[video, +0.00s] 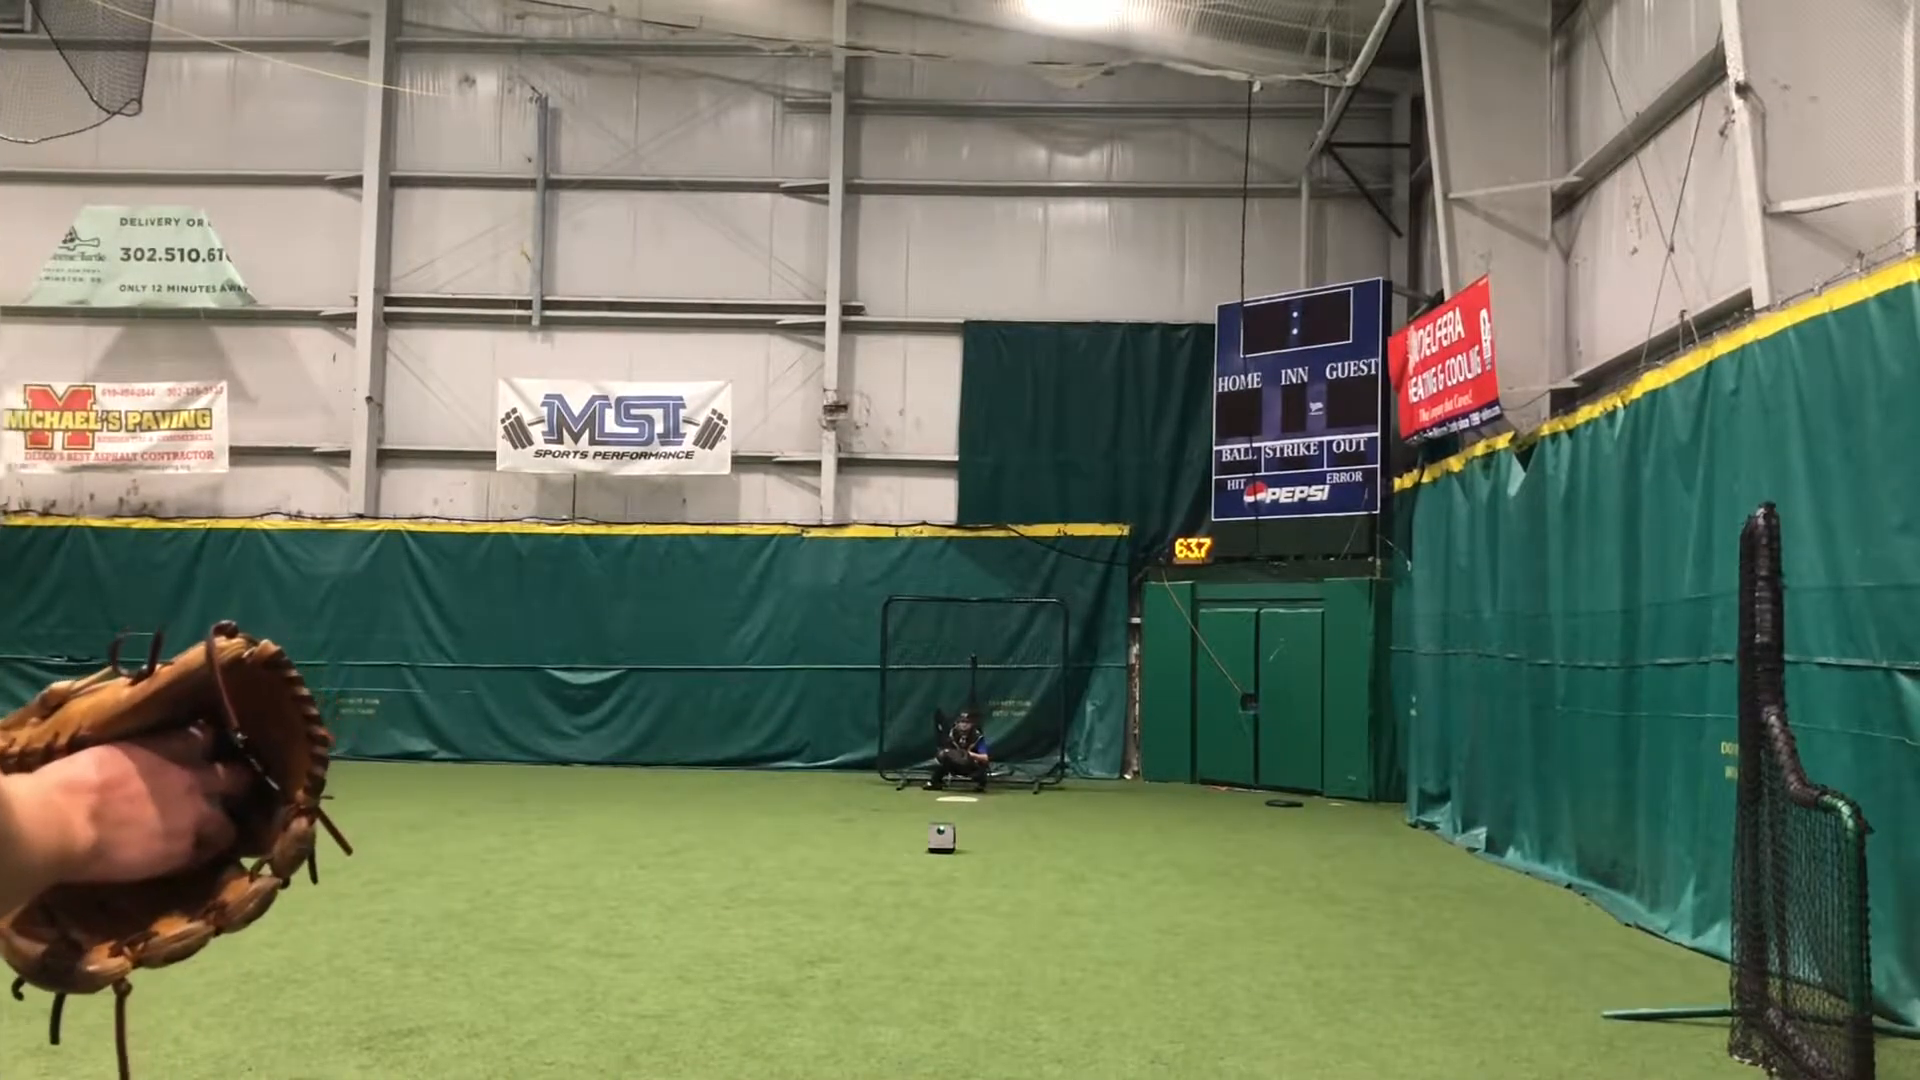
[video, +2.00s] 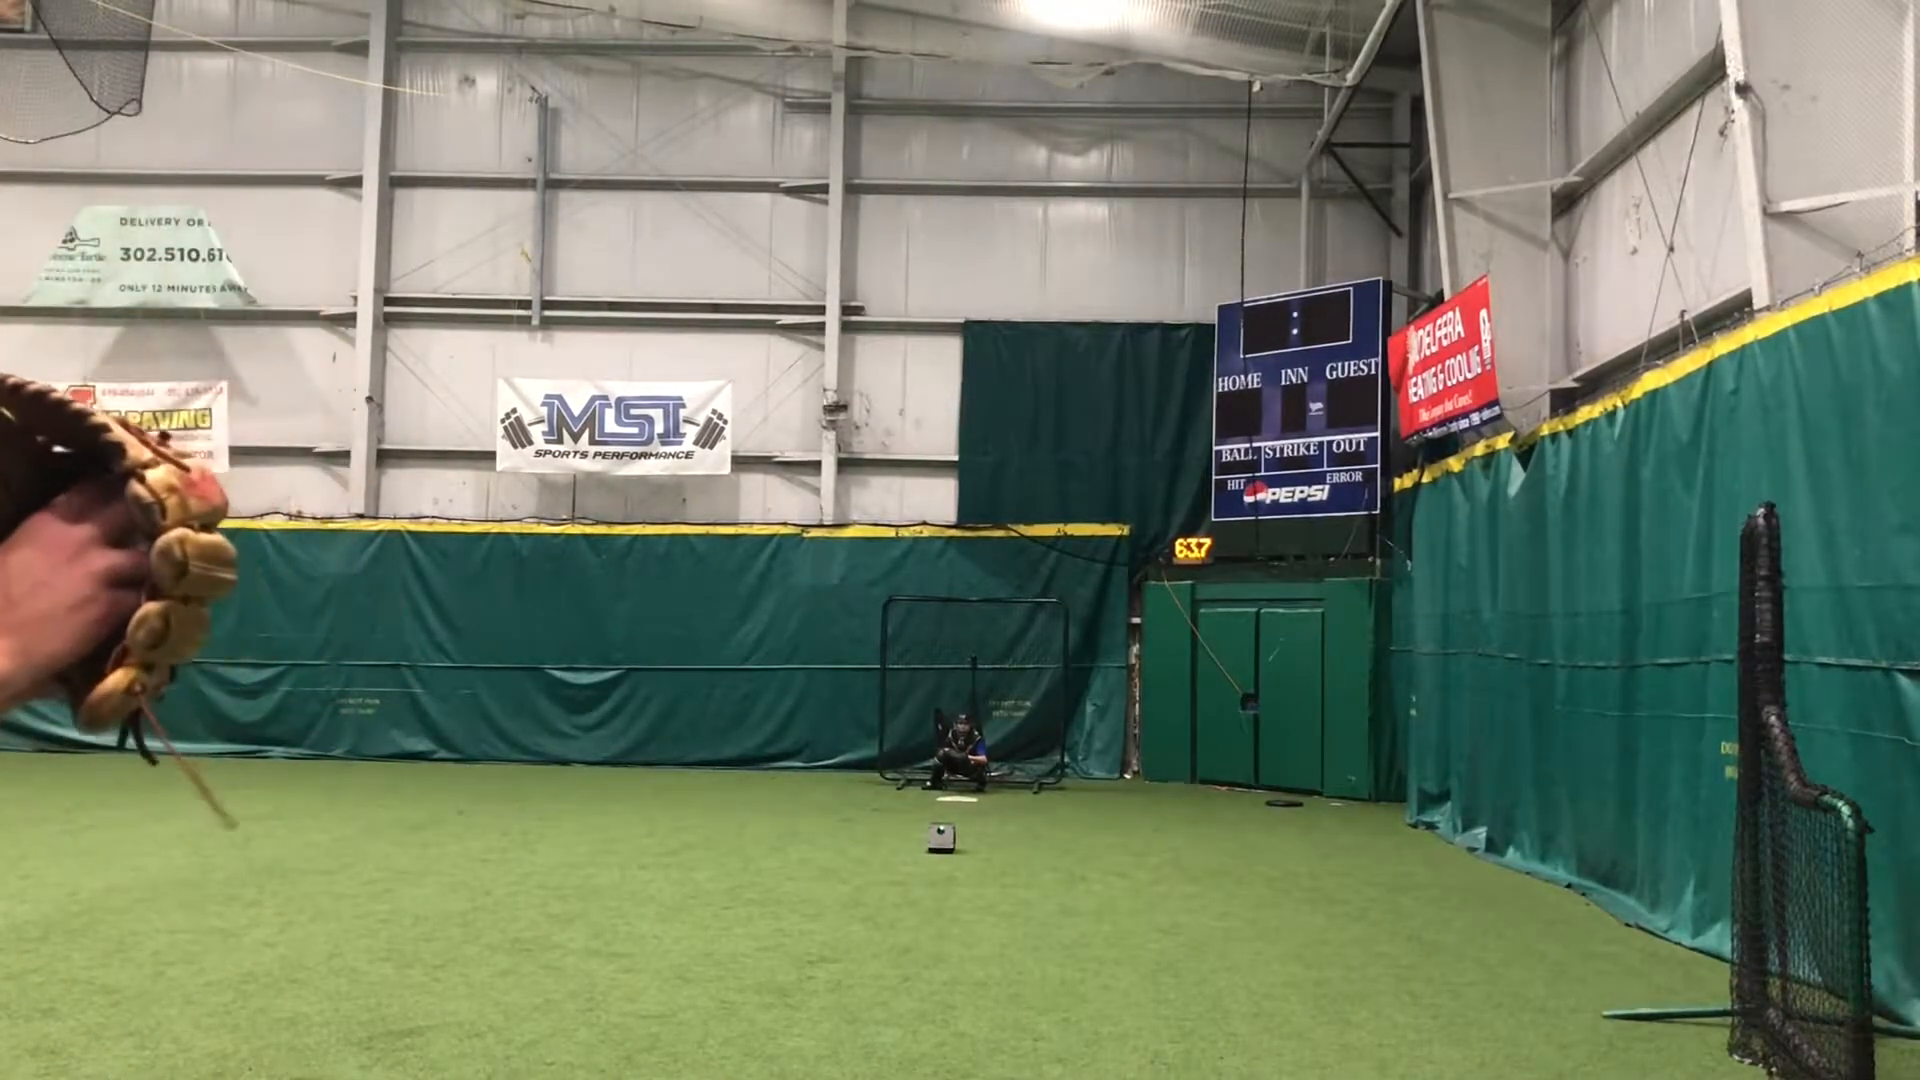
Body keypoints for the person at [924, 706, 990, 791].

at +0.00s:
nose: (964, 725)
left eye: (967, 722)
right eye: (961, 722)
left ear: (972, 724)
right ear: (957, 724)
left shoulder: (978, 738)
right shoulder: (952, 736)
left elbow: (985, 758)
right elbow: (940, 754)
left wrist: (969, 754)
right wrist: (948, 754)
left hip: (972, 765)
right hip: (955, 764)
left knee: (981, 772)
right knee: (944, 765)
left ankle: (981, 785)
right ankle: (935, 782)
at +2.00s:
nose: (962, 727)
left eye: (965, 724)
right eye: (960, 724)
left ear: (970, 726)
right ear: (955, 725)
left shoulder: (976, 739)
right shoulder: (950, 735)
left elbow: (983, 759)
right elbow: (944, 749)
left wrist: (967, 757)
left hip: (969, 764)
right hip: (953, 763)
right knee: (941, 756)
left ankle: (981, 784)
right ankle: (936, 782)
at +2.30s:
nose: (960, 727)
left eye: (963, 724)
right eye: (958, 724)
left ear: (968, 726)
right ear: (953, 726)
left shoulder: (974, 737)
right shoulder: (948, 735)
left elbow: (982, 760)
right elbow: (943, 750)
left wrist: (967, 759)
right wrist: (957, 756)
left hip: (968, 765)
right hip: (951, 764)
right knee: (941, 754)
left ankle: (981, 783)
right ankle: (935, 782)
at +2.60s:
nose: (958, 727)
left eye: (961, 724)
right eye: (956, 724)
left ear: (966, 726)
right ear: (951, 725)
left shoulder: (973, 738)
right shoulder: (946, 735)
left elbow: (980, 760)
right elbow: (939, 751)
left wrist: (964, 759)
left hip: (966, 766)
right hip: (949, 764)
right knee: (937, 760)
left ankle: (981, 783)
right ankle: (935, 782)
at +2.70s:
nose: (957, 726)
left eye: (960, 724)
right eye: (955, 723)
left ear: (965, 725)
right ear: (950, 725)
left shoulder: (972, 738)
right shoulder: (945, 735)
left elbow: (979, 759)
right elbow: (938, 751)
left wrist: (963, 757)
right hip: (948, 763)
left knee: (963, 768)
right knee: (936, 760)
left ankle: (980, 782)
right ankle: (936, 782)